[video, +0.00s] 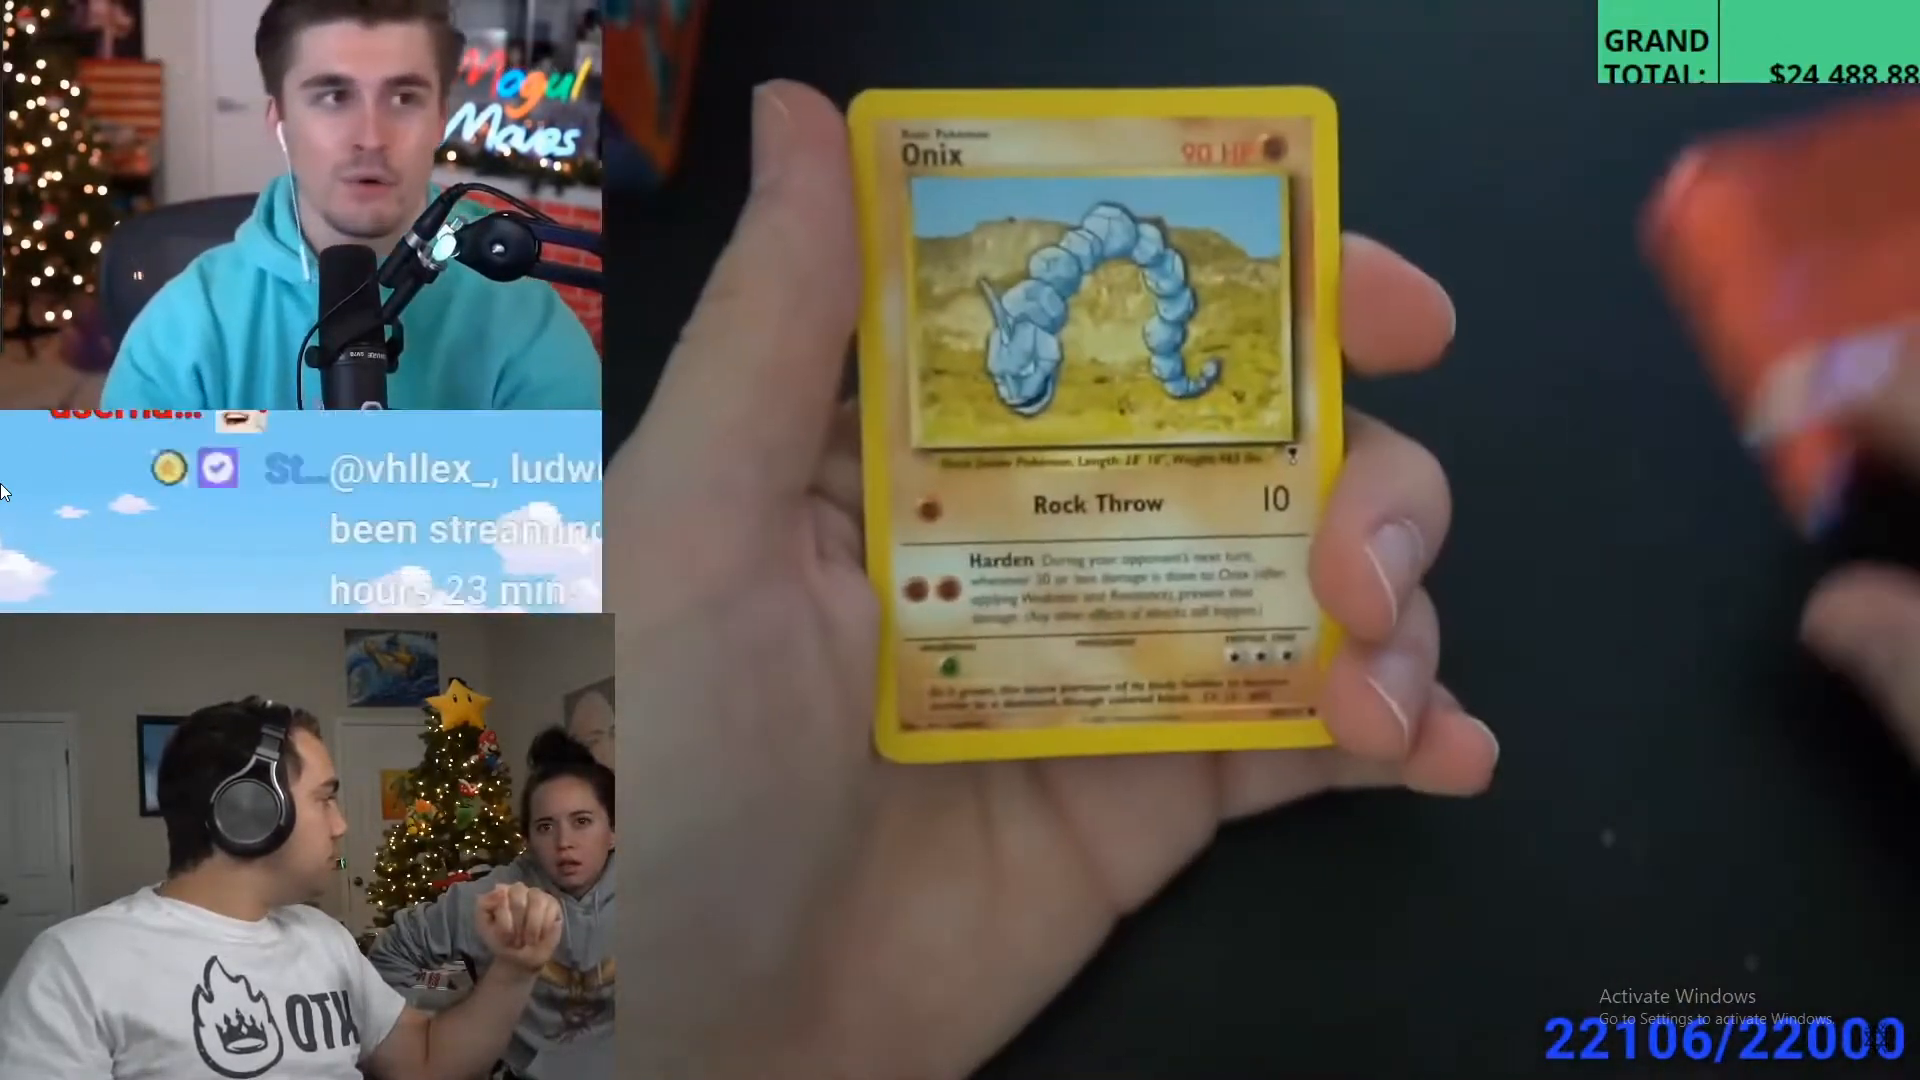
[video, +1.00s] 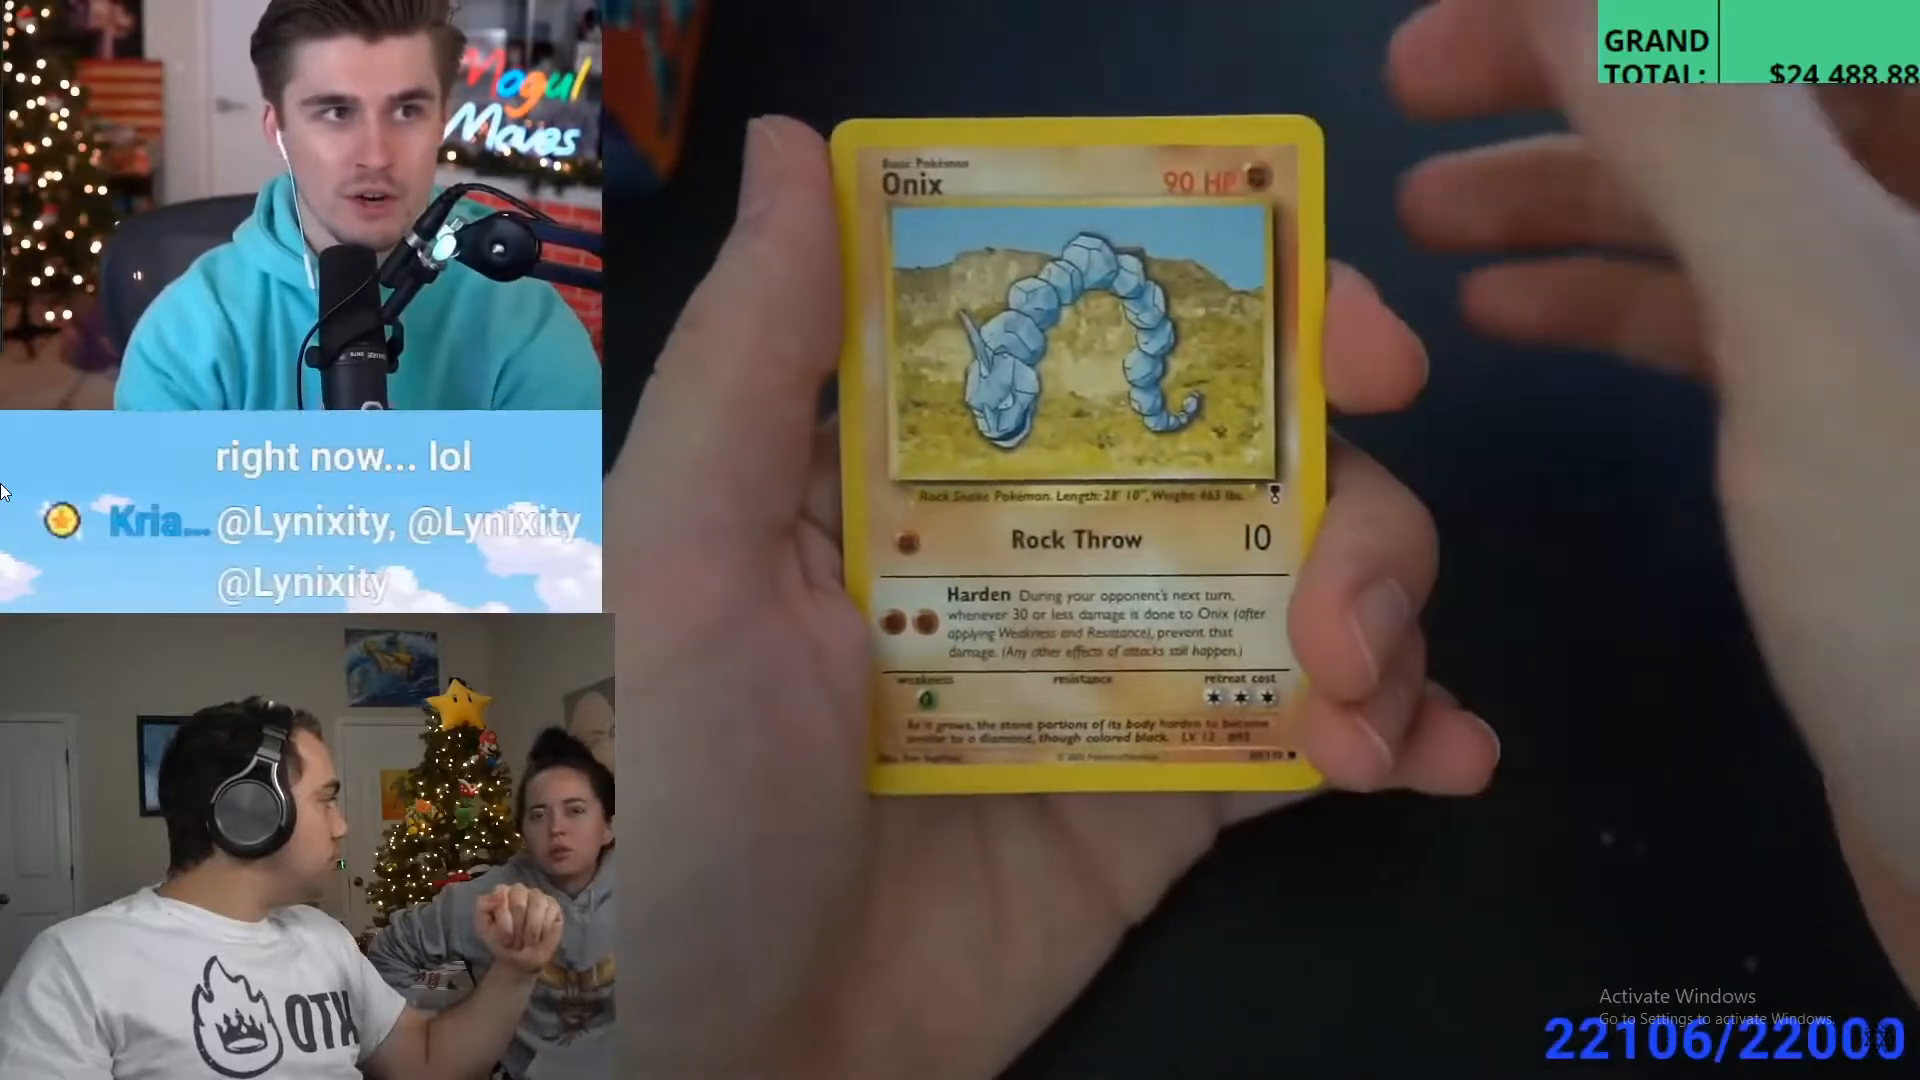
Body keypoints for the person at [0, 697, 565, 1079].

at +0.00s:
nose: (343, 823)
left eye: (335, 798)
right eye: (325, 799)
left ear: (260, 809)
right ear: (249, 810)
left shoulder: (324, 942)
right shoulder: (76, 967)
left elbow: (427, 1059)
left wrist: (512, 969)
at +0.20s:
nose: (343, 824)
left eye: (335, 798)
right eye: (325, 799)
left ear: (260, 809)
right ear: (249, 810)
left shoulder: (324, 942)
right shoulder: (75, 967)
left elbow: (427, 1059)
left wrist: (512, 969)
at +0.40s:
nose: (344, 824)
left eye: (336, 798)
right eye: (326, 799)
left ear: (260, 809)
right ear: (249, 810)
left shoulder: (324, 942)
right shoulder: (75, 967)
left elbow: (426, 1059)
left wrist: (513, 969)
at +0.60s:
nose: (344, 823)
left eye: (336, 798)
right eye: (326, 799)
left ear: (260, 809)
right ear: (249, 810)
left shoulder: (324, 942)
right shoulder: (75, 967)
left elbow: (426, 1058)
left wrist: (513, 969)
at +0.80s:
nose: (345, 823)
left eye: (336, 798)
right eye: (326, 799)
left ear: (260, 809)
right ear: (248, 810)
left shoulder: (324, 942)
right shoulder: (74, 968)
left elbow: (428, 1059)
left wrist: (512, 970)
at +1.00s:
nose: (345, 824)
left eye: (336, 799)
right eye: (325, 800)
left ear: (261, 810)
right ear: (248, 811)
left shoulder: (324, 942)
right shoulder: (75, 967)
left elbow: (428, 1060)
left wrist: (512, 971)